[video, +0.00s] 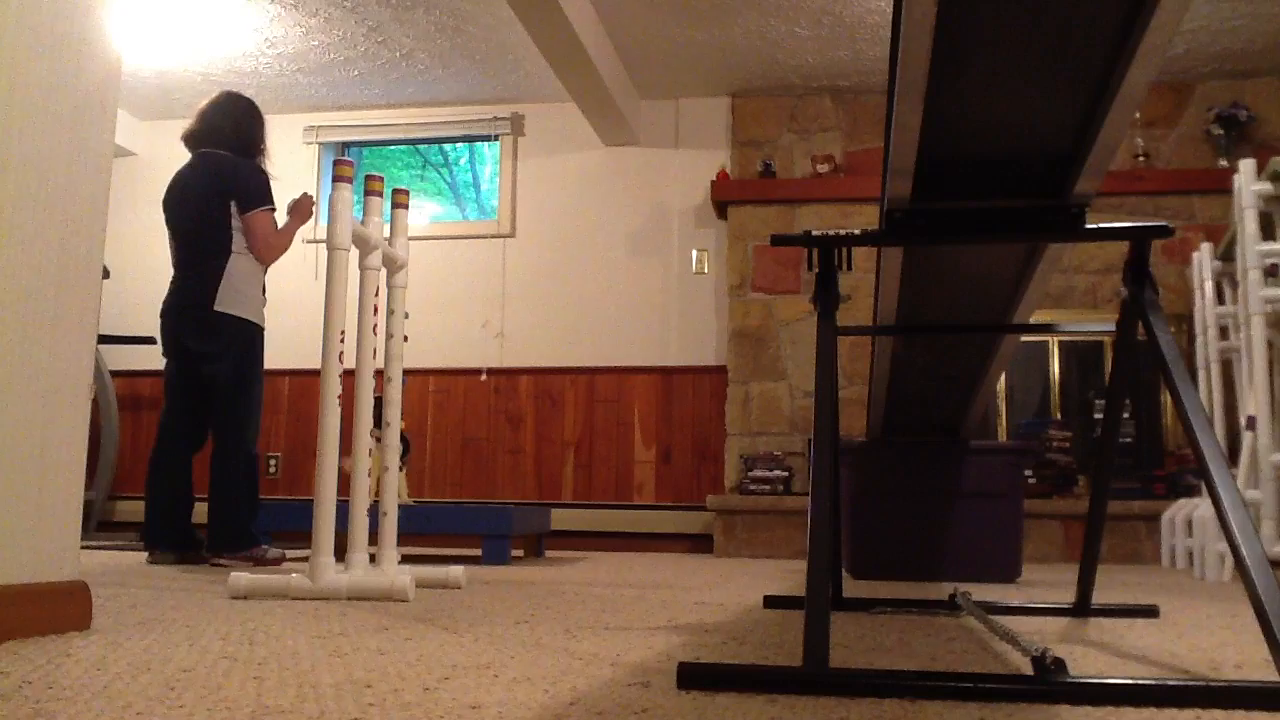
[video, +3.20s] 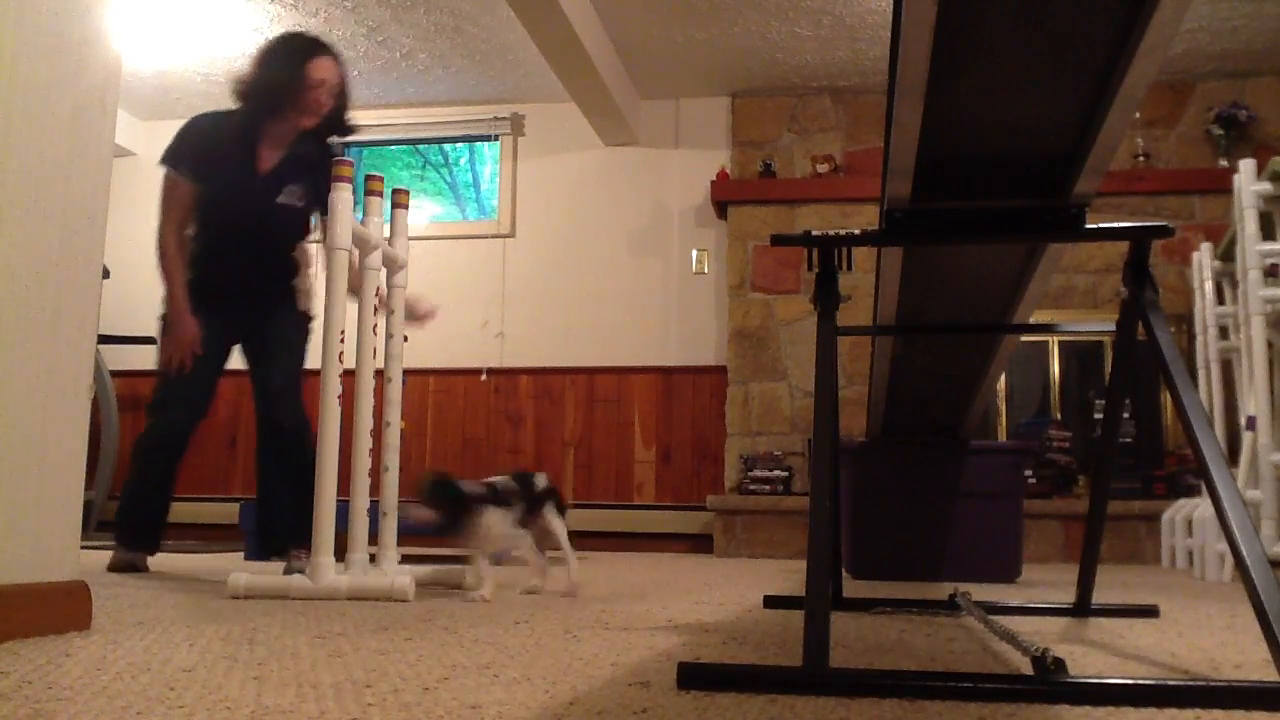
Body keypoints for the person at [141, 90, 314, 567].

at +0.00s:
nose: (260, 140)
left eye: (260, 133)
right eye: (259, 132)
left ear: (204, 125)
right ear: (250, 131)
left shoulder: (179, 180)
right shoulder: (244, 173)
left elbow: (196, 252)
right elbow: (267, 251)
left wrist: (257, 233)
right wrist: (294, 220)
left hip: (181, 316)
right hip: (230, 321)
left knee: (179, 428)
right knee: (237, 435)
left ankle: (167, 539)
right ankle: (233, 540)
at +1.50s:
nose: (305, 137)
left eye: (304, 127)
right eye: (298, 127)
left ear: (267, 131)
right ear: (271, 129)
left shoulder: (261, 178)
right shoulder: (237, 165)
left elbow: (234, 249)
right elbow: (223, 239)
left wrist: (261, 301)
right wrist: (276, 285)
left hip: (220, 310)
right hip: (198, 306)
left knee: (211, 426)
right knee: (207, 425)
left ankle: (177, 537)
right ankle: (188, 538)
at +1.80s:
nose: (306, 119)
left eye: (308, 109)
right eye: (299, 108)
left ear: (294, 113)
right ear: (269, 107)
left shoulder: (280, 181)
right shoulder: (217, 147)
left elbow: (270, 262)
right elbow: (181, 219)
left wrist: (291, 328)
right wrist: (204, 292)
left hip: (240, 312)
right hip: (184, 305)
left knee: (254, 421)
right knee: (202, 422)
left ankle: (206, 517)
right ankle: (188, 543)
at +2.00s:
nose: (322, 114)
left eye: (324, 105)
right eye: (314, 103)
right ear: (282, 101)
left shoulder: (299, 180)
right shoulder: (213, 141)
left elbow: (310, 265)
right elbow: (164, 214)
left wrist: (337, 329)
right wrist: (157, 290)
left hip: (255, 308)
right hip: (189, 304)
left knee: (281, 419)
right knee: (198, 423)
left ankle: (268, 536)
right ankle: (194, 542)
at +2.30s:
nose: (362, 125)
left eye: (365, 114)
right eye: (355, 112)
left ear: (340, 115)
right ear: (320, 106)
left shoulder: (340, 175)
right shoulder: (236, 143)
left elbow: (370, 268)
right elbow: (182, 215)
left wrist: (417, 334)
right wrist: (161, 296)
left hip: (282, 313)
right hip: (210, 308)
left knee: (288, 423)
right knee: (201, 428)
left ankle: (298, 546)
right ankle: (197, 542)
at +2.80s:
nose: (406, 107)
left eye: (410, 98)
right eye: (398, 93)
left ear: (402, 103)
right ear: (359, 84)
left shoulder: (383, 165)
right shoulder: (268, 125)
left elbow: (426, 242)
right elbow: (210, 208)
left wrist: (474, 285)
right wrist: (205, 291)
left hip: (308, 297)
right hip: (240, 286)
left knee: (305, 418)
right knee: (214, 415)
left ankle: (298, 545)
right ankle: (198, 529)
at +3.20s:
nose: (323, 97)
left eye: (333, 89)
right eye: (314, 83)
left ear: (338, 98)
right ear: (282, 80)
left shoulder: (317, 158)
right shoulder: (209, 134)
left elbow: (343, 250)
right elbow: (172, 228)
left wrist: (393, 298)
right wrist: (178, 312)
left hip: (276, 301)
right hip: (207, 296)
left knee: (284, 419)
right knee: (173, 417)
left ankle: (292, 544)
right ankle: (134, 542)